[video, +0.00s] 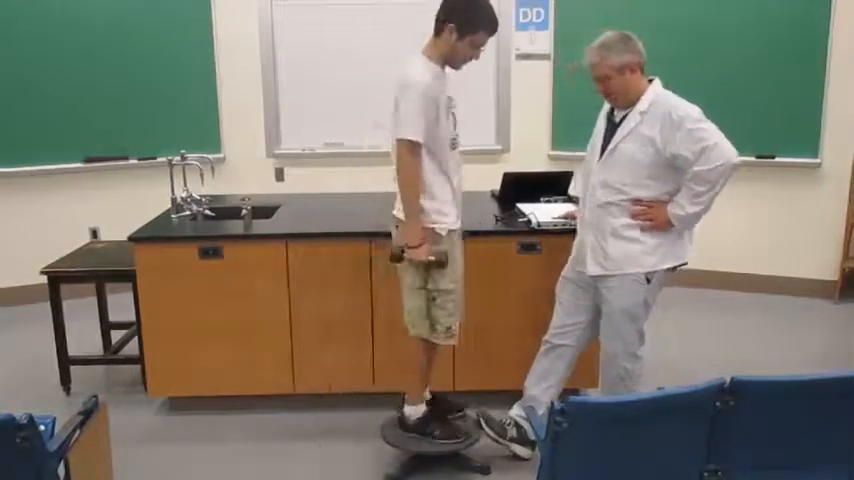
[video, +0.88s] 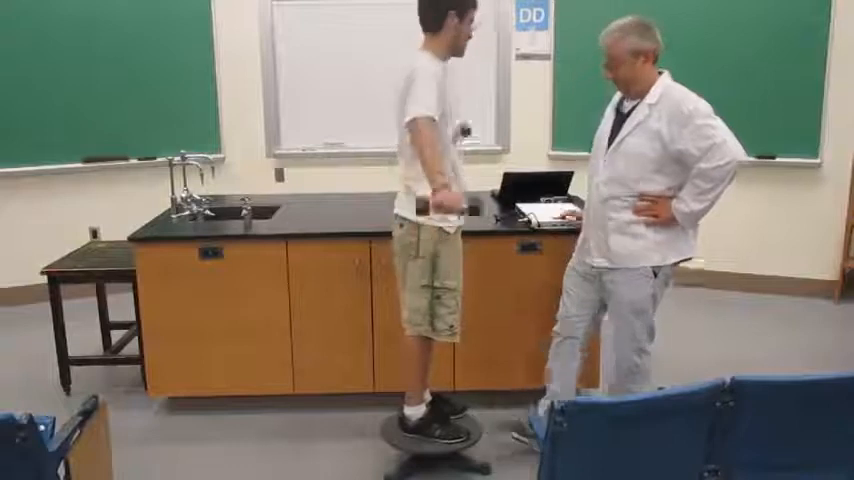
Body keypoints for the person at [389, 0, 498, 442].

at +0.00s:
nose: (476, 57)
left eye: (480, 48)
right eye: (474, 46)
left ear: (453, 33)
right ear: (448, 31)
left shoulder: (435, 77)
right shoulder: (420, 81)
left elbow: (428, 154)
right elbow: (408, 153)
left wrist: (443, 218)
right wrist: (413, 222)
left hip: (442, 221)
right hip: (428, 223)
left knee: (436, 320)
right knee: (428, 322)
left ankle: (424, 398)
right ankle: (414, 409)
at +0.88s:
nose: (472, 32)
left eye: (473, 23)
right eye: (470, 22)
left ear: (441, 21)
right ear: (453, 20)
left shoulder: (435, 68)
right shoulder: (426, 68)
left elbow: (429, 131)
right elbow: (420, 127)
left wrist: (449, 185)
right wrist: (440, 184)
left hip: (435, 216)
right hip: (423, 217)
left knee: (431, 314)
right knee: (421, 316)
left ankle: (423, 398)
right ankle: (414, 411)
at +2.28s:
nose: (474, 35)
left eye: (475, 26)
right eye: (470, 25)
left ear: (446, 25)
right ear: (445, 23)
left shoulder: (438, 72)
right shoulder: (423, 68)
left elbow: (442, 141)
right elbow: (418, 111)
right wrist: (419, 136)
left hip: (439, 215)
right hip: (422, 215)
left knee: (432, 314)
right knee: (422, 316)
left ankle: (421, 399)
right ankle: (414, 411)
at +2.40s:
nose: (473, 35)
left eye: (474, 26)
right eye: (470, 26)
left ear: (444, 25)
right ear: (443, 24)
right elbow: (408, 106)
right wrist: (402, 134)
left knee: (432, 314)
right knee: (420, 316)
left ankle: (422, 399)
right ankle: (412, 411)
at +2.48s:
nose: (473, 35)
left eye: (474, 26)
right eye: (470, 26)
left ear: (444, 25)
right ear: (443, 24)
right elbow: (408, 106)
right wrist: (402, 134)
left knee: (432, 314)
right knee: (420, 316)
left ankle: (422, 399)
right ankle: (412, 411)